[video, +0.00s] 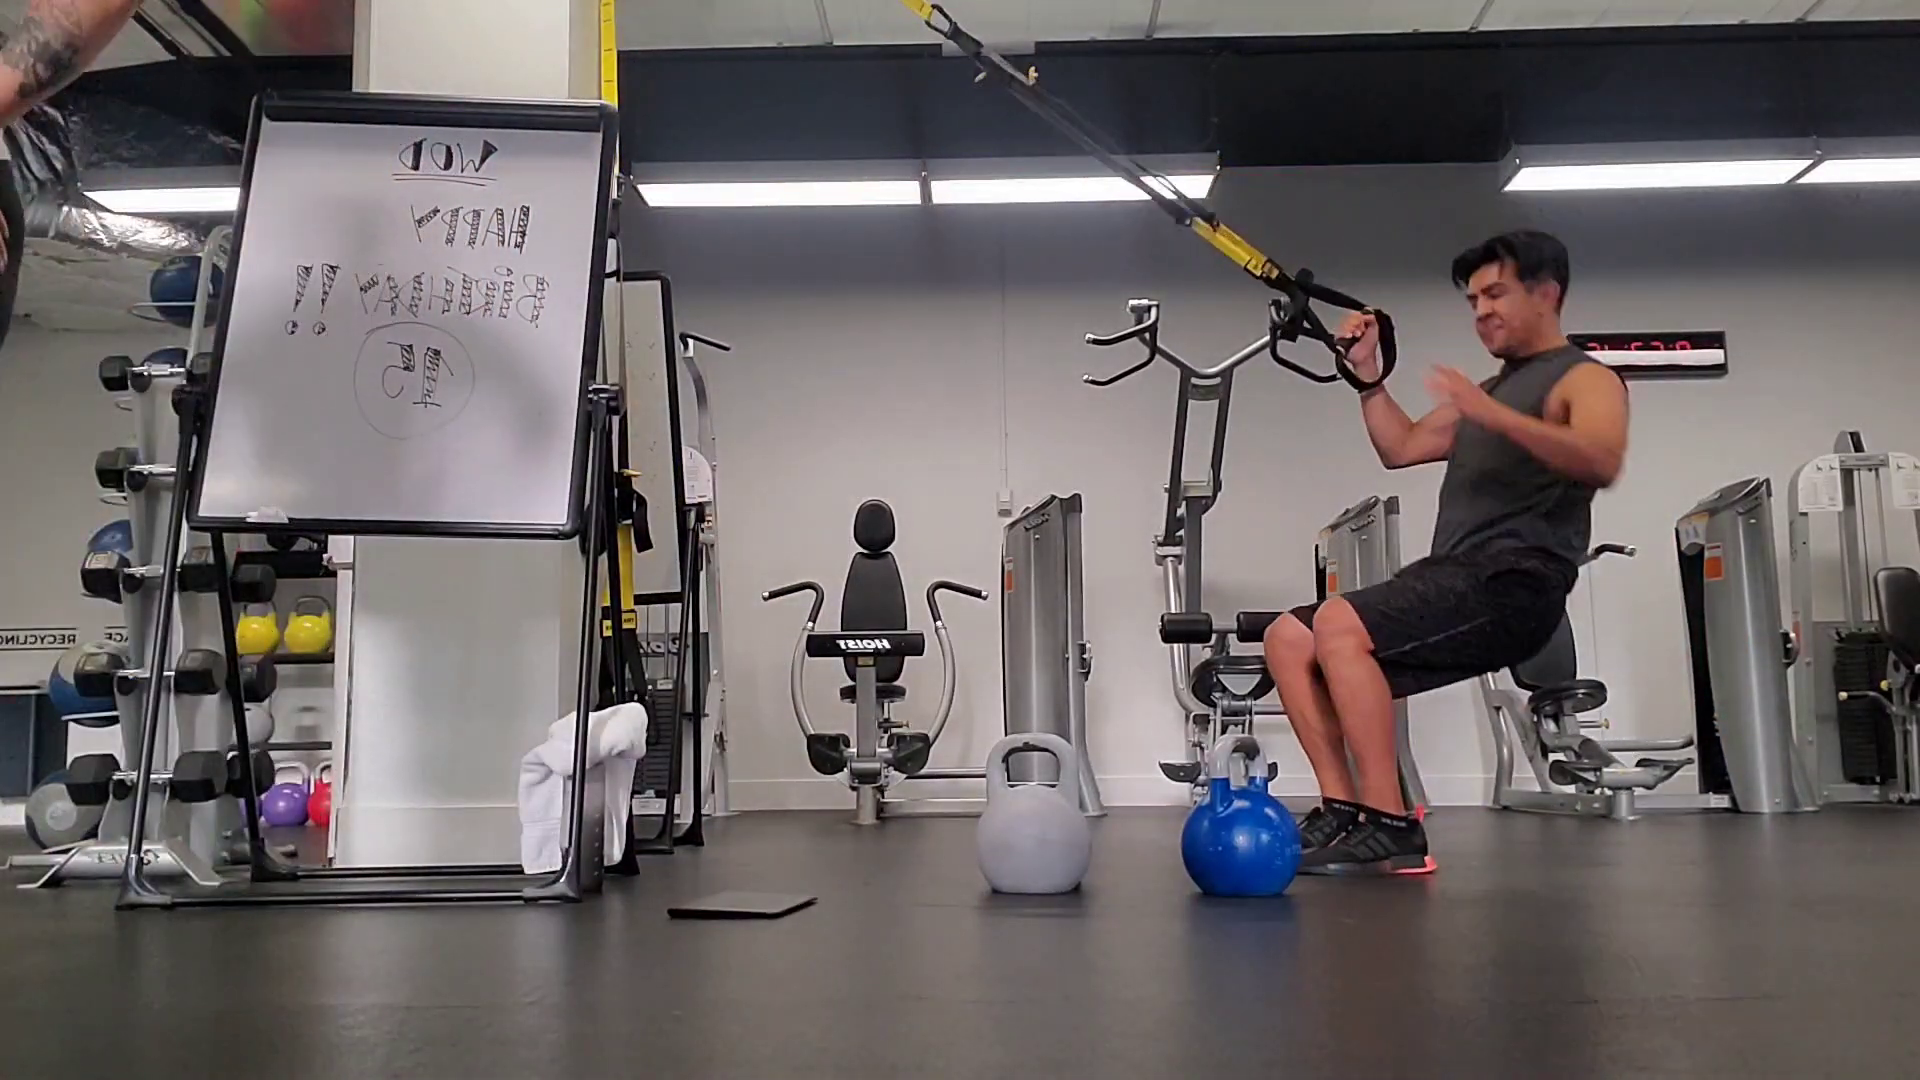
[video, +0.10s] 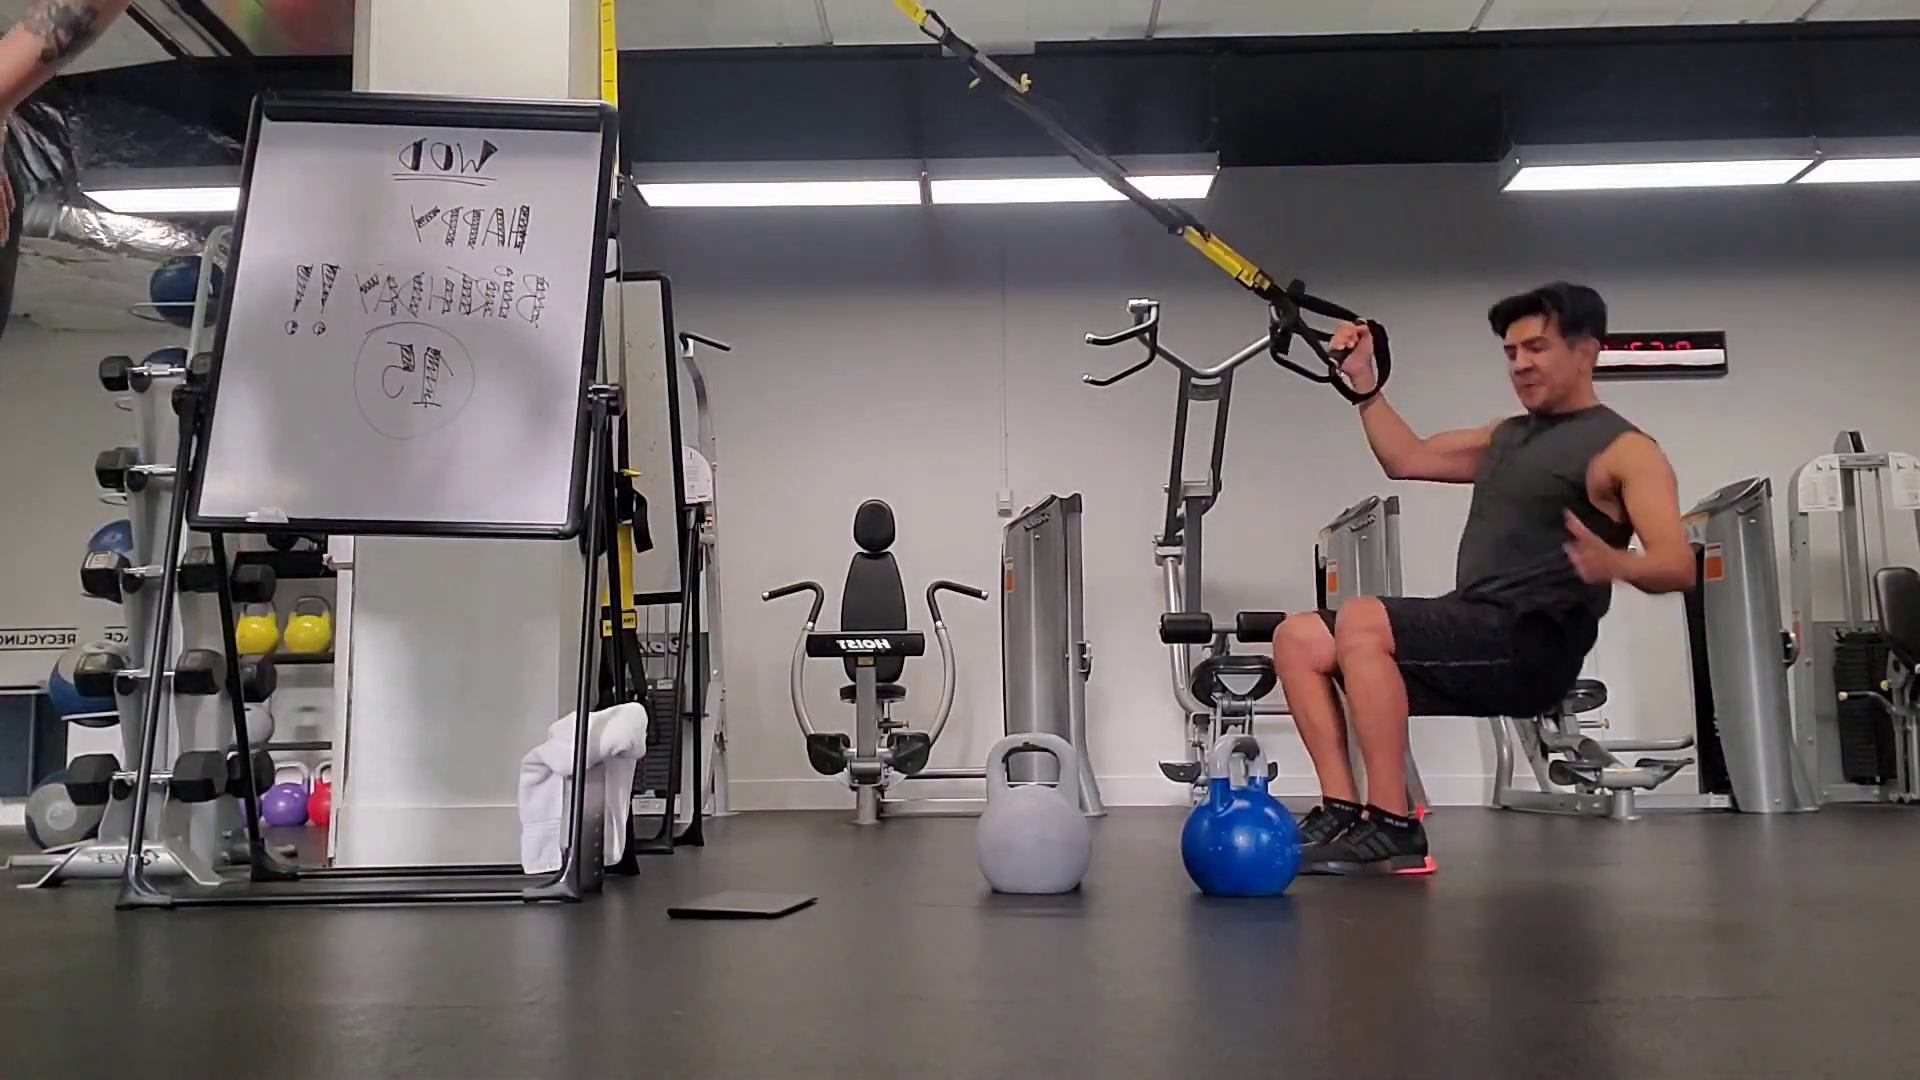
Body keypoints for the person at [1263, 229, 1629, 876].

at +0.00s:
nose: (1480, 310)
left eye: (1495, 293)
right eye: (1474, 300)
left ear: (1548, 293)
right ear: (1474, 312)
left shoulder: (1588, 379)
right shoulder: (1490, 393)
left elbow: (1601, 462)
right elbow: (1400, 448)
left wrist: (1486, 408)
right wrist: (1369, 374)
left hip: (1515, 578)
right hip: (1460, 575)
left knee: (1340, 625)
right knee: (1286, 638)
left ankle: (1389, 821)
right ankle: (1343, 809)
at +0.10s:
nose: (1519, 364)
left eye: (1535, 348)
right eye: (1512, 352)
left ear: (1587, 350)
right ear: (1505, 356)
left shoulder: (1628, 451)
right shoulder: (1507, 437)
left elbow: (1678, 566)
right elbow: (1406, 458)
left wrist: (1618, 564)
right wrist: (1365, 387)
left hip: (1536, 641)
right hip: (1471, 628)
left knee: (1362, 621)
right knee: (1297, 637)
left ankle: (1393, 822)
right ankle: (1342, 811)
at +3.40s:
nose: (1434, 229)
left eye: (1443, 213)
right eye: (1435, 218)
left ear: (1491, 208)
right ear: (1488, 212)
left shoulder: (1505, 264)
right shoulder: (1467, 293)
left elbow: (1408, 255)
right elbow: (1428, 416)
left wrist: (1293, 206)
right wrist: (1381, 363)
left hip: (1459, 473)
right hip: (1419, 476)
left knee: (1342, 618)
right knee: (1304, 623)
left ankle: (1389, 819)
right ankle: (1342, 807)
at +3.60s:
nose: (1379, 176)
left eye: (1388, 163)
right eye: (1381, 164)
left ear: (1426, 162)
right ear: (1443, 171)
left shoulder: (1403, 211)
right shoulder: (1477, 269)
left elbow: (1281, 177)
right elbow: (1463, 386)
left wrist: (1167, 130)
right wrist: (1347, 332)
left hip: (1396, 429)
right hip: (1410, 435)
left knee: (1374, 618)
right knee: (1344, 622)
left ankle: (1388, 820)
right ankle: (1347, 809)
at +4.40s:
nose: (1392, 220)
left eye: (1408, 205)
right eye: (1393, 208)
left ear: (1458, 216)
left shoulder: (1471, 274)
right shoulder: (1419, 311)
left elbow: (1418, 315)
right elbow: (1402, 430)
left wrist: (1285, 300)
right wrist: (1359, 373)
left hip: (1458, 492)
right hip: (1407, 500)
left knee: (1324, 626)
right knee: (1286, 633)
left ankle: (1387, 821)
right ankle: (1345, 811)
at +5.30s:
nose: (1574, 462)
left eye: (1591, 449)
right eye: (1576, 451)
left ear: (1648, 463)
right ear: (1626, 463)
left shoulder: (1675, 570)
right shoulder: (1539, 523)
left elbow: (1727, 687)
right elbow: (1435, 483)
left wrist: (1784, 747)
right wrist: (1368, 442)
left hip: (1540, 730)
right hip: (1464, 695)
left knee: (1413, 662)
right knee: (1319, 639)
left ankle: (1397, 822)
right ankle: (1337, 809)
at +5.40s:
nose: (1550, 415)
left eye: (1563, 399)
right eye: (1550, 403)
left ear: (1615, 403)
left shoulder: (1646, 495)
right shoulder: (1553, 487)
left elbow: (1643, 608)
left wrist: (1566, 548)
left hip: (1543, 675)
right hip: (1492, 669)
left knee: (1362, 628)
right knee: (1297, 641)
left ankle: (1391, 821)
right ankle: (1337, 809)